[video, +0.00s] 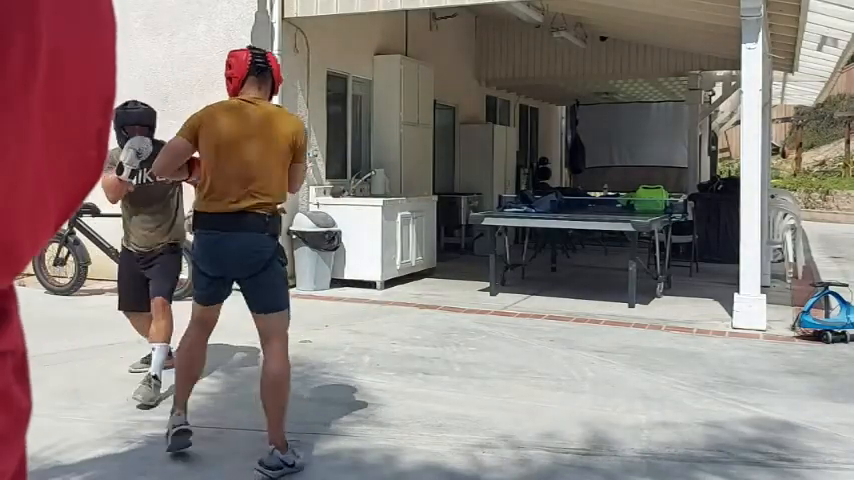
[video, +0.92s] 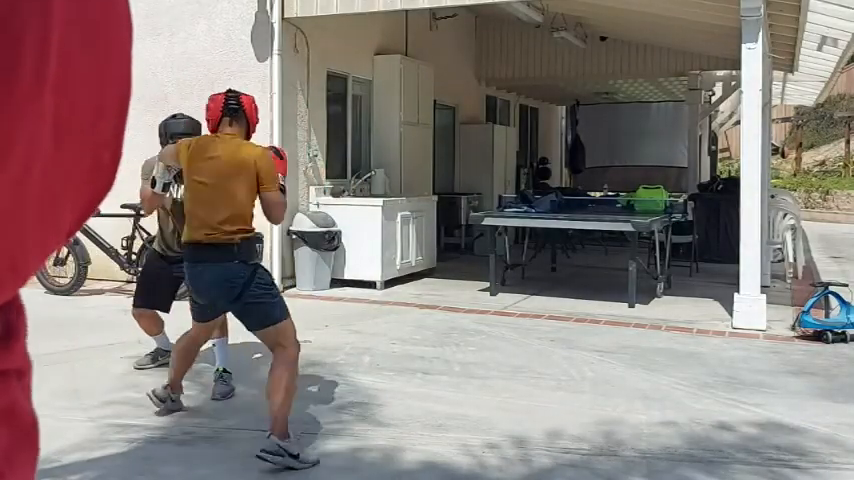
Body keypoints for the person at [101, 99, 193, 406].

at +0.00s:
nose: (137, 136)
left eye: (143, 129)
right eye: (130, 130)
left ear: (152, 130)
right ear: (120, 132)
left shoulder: (169, 153)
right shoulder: (115, 157)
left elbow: (202, 176)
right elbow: (112, 196)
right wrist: (127, 168)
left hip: (165, 246)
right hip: (132, 248)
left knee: (159, 302)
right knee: (133, 308)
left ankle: (155, 377)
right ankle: (163, 351)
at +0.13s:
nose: (148, 130)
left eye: (154, 123)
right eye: (141, 124)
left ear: (162, 122)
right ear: (130, 124)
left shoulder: (179, 146)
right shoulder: (121, 151)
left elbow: (206, 177)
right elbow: (123, 187)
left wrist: (182, 174)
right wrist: (141, 160)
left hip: (173, 238)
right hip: (139, 241)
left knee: (176, 298)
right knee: (140, 300)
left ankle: (185, 367)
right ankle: (162, 351)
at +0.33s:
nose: (172, 132)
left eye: (178, 126)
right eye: (166, 126)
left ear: (186, 127)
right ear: (153, 127)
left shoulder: (199, 156)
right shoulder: (139, 154)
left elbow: (220, 188)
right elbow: (132, 195)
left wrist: (213, 199)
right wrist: (149, 168)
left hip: (188, 246)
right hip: (151, 247)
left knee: (204, 303)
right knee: (143, 303)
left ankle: (221, 369)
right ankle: (162, 352)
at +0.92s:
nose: (181, 149)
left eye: (188, 144)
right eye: (175, 143)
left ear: (199, 143)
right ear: (164, 143)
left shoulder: (210, 166)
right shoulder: (153, 166)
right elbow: (147, 207)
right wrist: (163, 179)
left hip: (204, 251)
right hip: (164, 250)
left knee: (214, 309)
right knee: (142, 311)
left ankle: (222, 370)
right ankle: (165, 348)